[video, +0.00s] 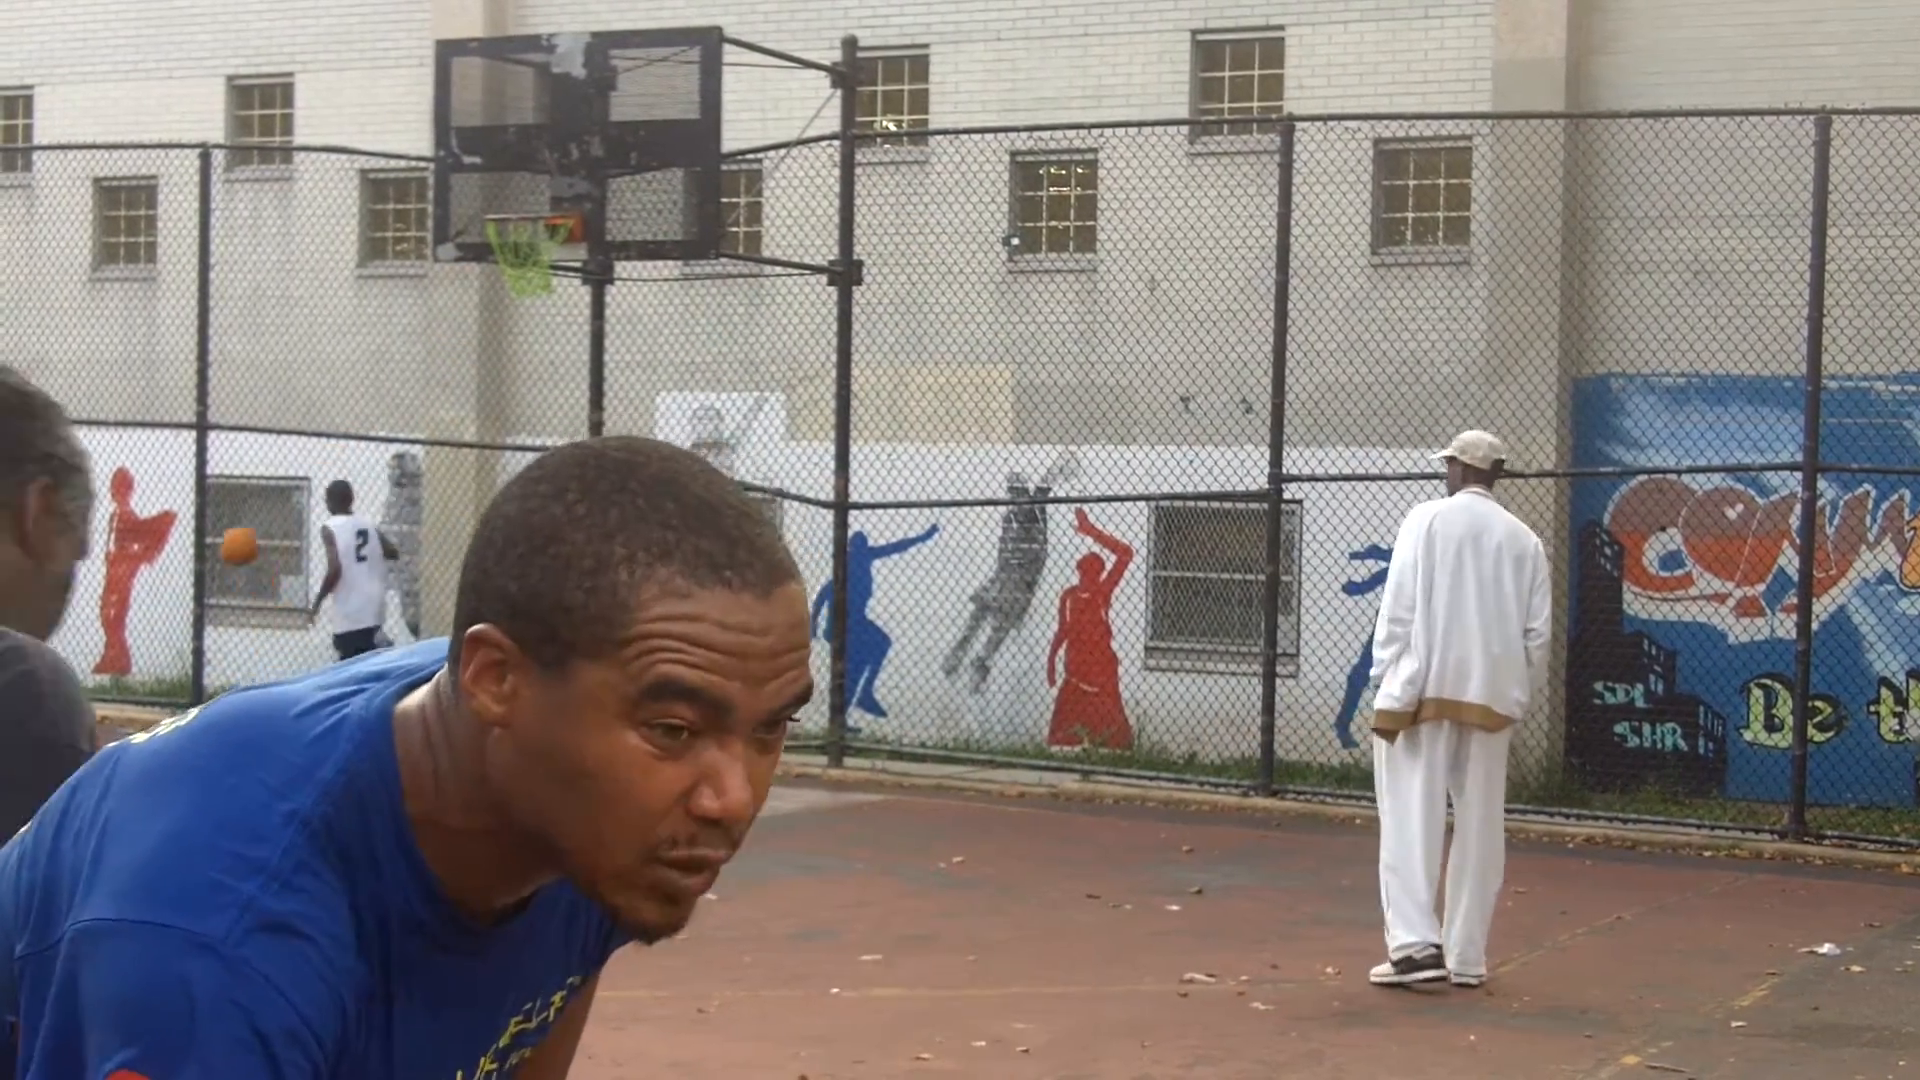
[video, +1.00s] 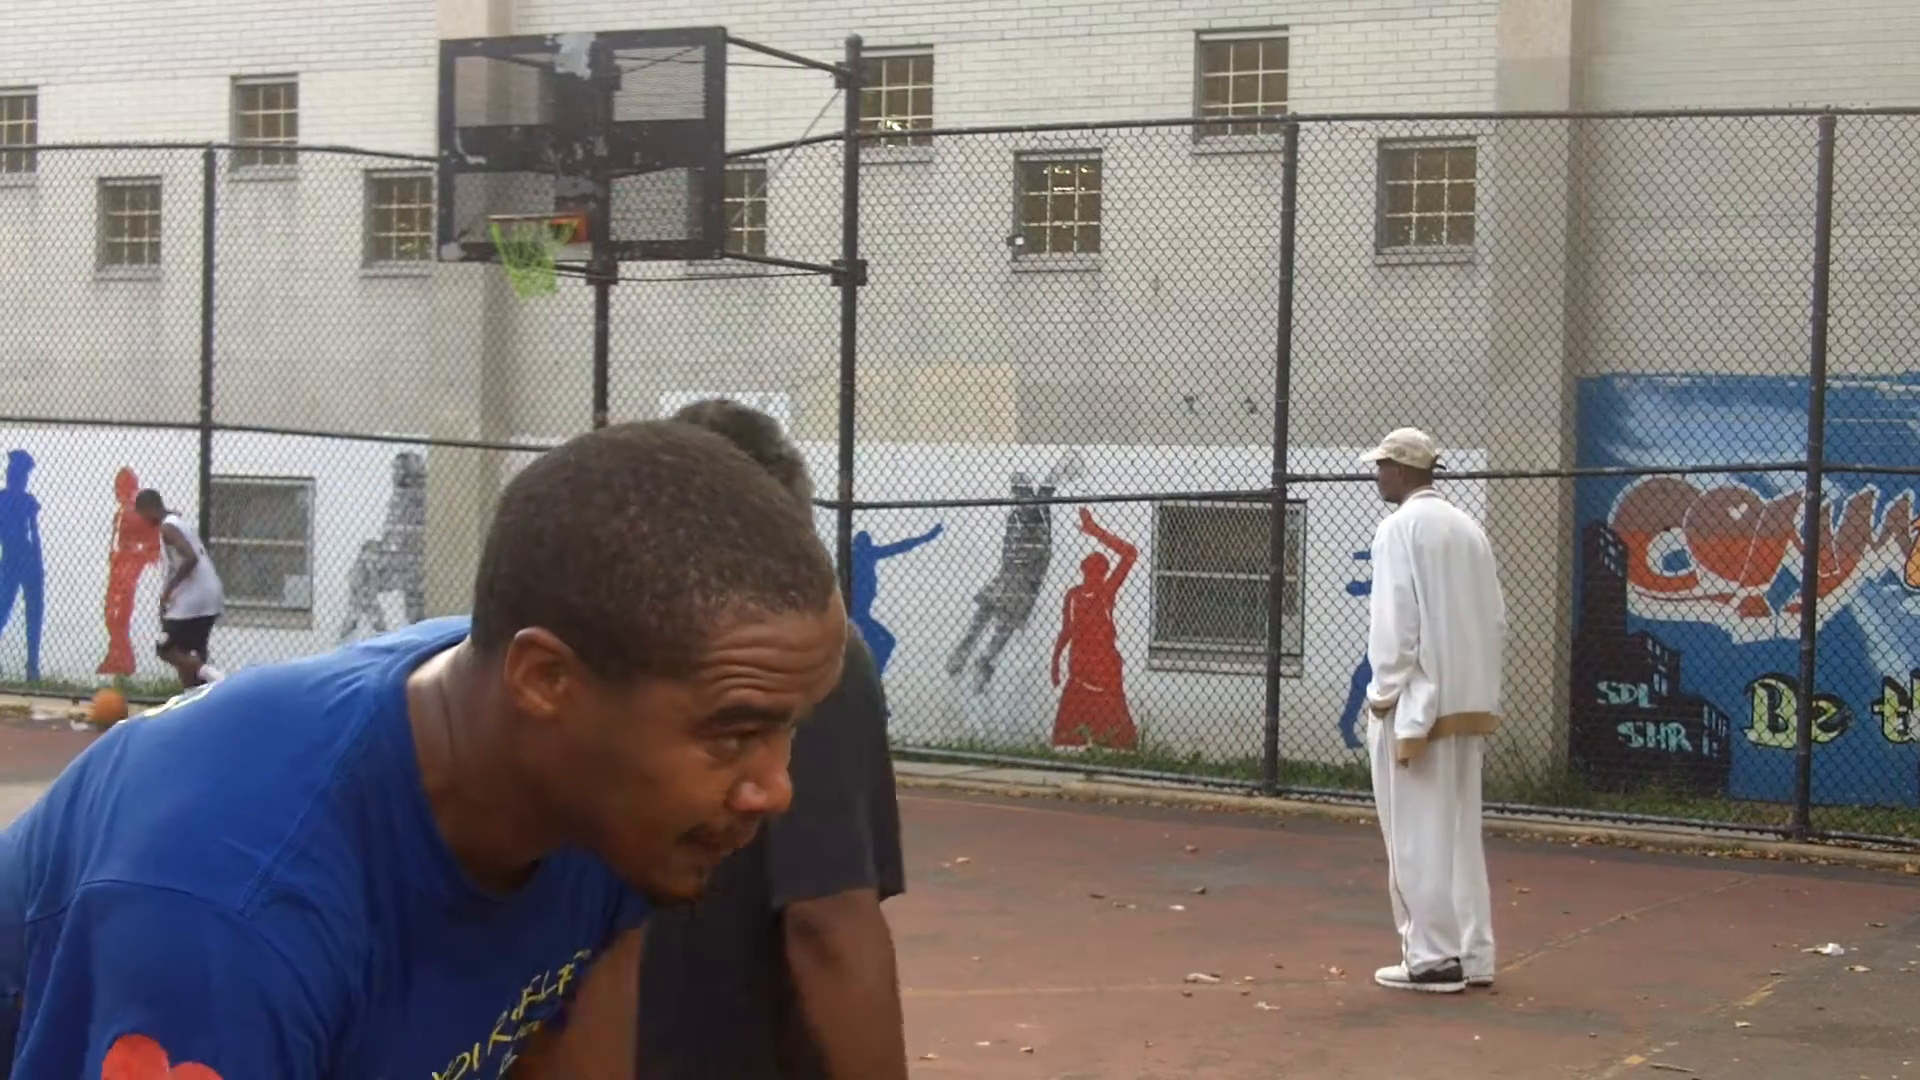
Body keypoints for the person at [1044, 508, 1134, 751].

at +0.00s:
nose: (1089, 577)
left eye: (1093, 572)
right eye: (1085, 571)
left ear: (1100, 574)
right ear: (1079, 571)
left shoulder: (1104, 591)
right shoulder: (1068, 595)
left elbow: (1125, 554)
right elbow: (1063, 629)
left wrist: (1091, 531)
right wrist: (1051, 659)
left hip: (1102, 657)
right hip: (1076, 657)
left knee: (1105, 705)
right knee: (1070, 705)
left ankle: (1114, 745)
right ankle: (1064, 744)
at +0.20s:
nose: (1091, 575)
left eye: (1095, 570)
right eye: (1087, 569)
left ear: (1102, 573)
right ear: (1080, 570)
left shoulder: (1106, 590)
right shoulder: (1071, 594)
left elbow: (1127, 554)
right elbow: (1065, 629)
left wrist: (1093, 531)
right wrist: (1053, 658)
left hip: (1103, 659)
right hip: (1077, 659)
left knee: (1107, 706)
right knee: (1072, 707)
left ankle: (1118, 747)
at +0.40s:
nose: (1094, 575)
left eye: (1098, 570)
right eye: (1091, 570)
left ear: (1103, 573)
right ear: (1084, 570)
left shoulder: (1109, 590)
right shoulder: (1073, 594)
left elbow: (1130, 554)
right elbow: (1067, 629)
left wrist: (1095, 531)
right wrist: (1055, 659)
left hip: (1105, 657)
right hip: (1080, 657)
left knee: (1109, 704)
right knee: (1075, 705)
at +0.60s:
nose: (1094, 575)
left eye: (1098, 570)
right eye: (1090, 570)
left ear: (1104, 573)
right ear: (1083, 570)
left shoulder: (1109, 590)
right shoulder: (1072, 594)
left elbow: (1129, 554)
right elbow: (1067, 629)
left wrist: (1095, 531)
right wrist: (1055, 658)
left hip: (1105, 657)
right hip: (1079, 657)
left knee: (1109, 704)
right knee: (1075, 704)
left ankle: (1119, 746)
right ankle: (1068, 745)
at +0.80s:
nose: (1094, 575)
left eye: (1098, 570)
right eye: (1091, 569)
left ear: (1103, 572)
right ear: (1084, 569)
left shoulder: (1109, 590)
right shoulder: (1073, 594)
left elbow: (1130, 554)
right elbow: (1067, 629)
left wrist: (1096, 531)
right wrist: (1055, 658)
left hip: (1105, 656)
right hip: (1080, 656)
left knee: (1109, 703)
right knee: (1076, 703)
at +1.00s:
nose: (1094, 575)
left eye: (1098, 570)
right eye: (1091, 569)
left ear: (1104, 572)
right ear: (1084, 569)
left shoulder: (1109, 590)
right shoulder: (1073, 594)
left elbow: (1130, 554)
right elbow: (1067, 629)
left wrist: (1096, 531)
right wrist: (1055, 658)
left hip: (1105, 656)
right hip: (1080, 656)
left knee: (1109, 703)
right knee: (1076, 703)